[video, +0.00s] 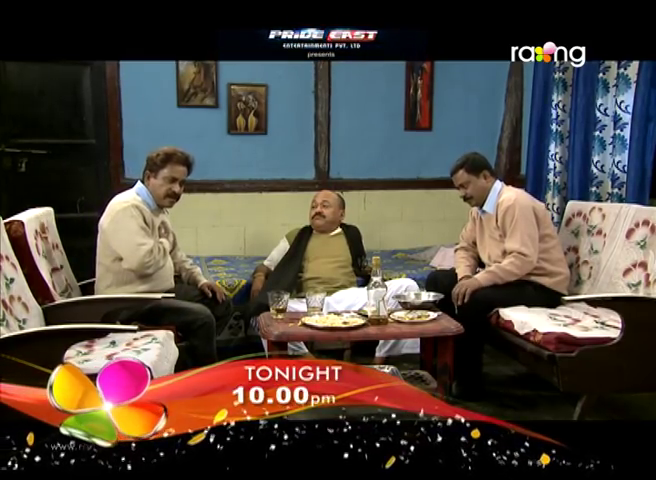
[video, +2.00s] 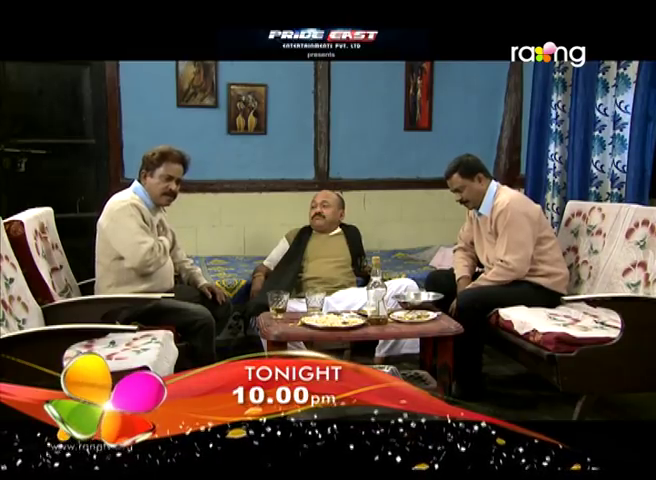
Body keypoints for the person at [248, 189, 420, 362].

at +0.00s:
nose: (317, 210)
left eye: (325, 206)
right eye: (314, 206)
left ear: (341, 213)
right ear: (309, 211)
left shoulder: (351, 233)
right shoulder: (297, 236)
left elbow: (362, 268)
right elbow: (265, 267)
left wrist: (377, 282)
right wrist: (257, 295)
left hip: (351, 297)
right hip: (310, 300)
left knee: (407, 286)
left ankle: (381, 362)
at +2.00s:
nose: (317, 210)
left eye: (325, 206)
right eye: (313, 206)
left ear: (340, 213)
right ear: (309, 212)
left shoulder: (351, 233)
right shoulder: (297, 236)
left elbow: (361, 269)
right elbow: (264, 270)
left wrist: (379, 281)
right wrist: (255, 303)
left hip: (350, 298)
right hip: (310, 300)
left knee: (406, 285)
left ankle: (383, 362)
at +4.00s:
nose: (336, 213)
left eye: (337, 207)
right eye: (328, 209)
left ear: (340, 208)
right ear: (309, 214)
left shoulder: (347, 233)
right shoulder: (294, 237)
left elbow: (360, 267)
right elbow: (264, 268)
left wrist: (376, 278)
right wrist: (258, 279)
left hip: (352, 297)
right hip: (311, 300)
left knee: (406, 287)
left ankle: (383, 366)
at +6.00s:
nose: (300, 207)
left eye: (309, 202)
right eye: (297, 201)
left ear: (327, 207)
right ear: (293, 202)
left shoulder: (346, 224)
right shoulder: (284, 235)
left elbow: (379, 251)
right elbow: (252, 277)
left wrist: (403, 258)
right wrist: (226, 287)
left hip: (348, 300)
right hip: (300, 305)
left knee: (378, 275)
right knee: (251, 298)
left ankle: (345, 358)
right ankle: (274, 365)